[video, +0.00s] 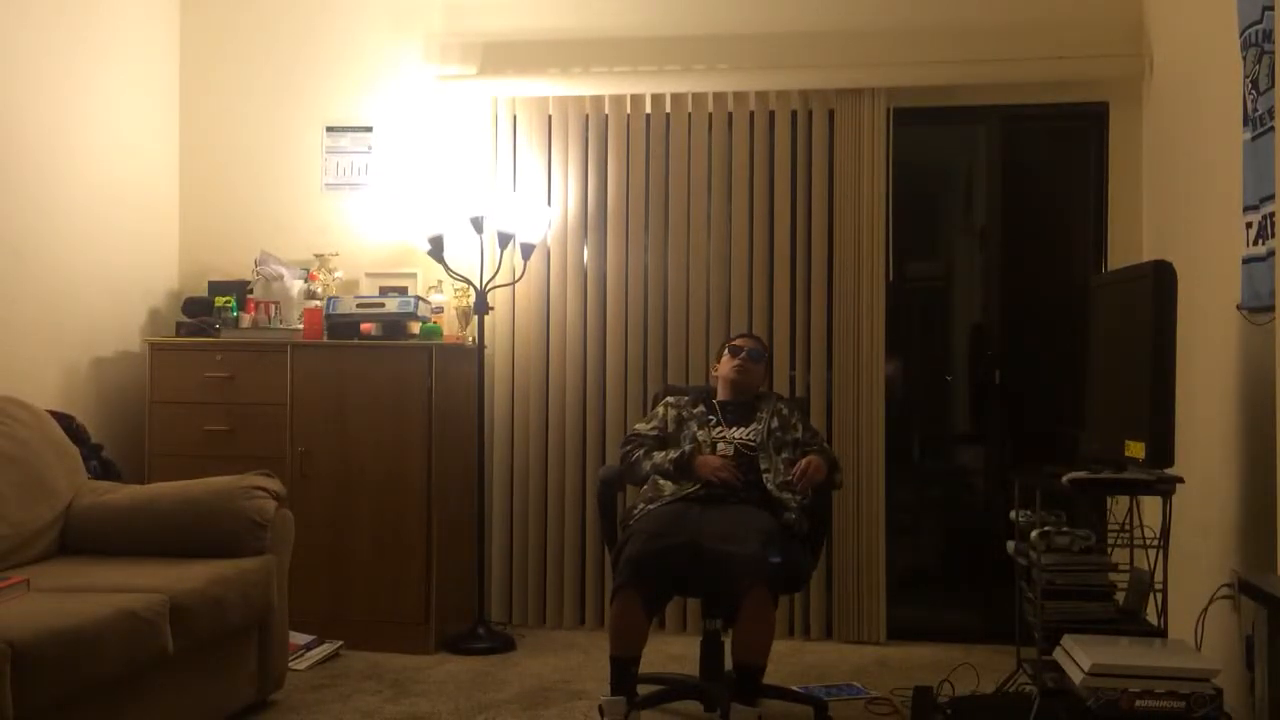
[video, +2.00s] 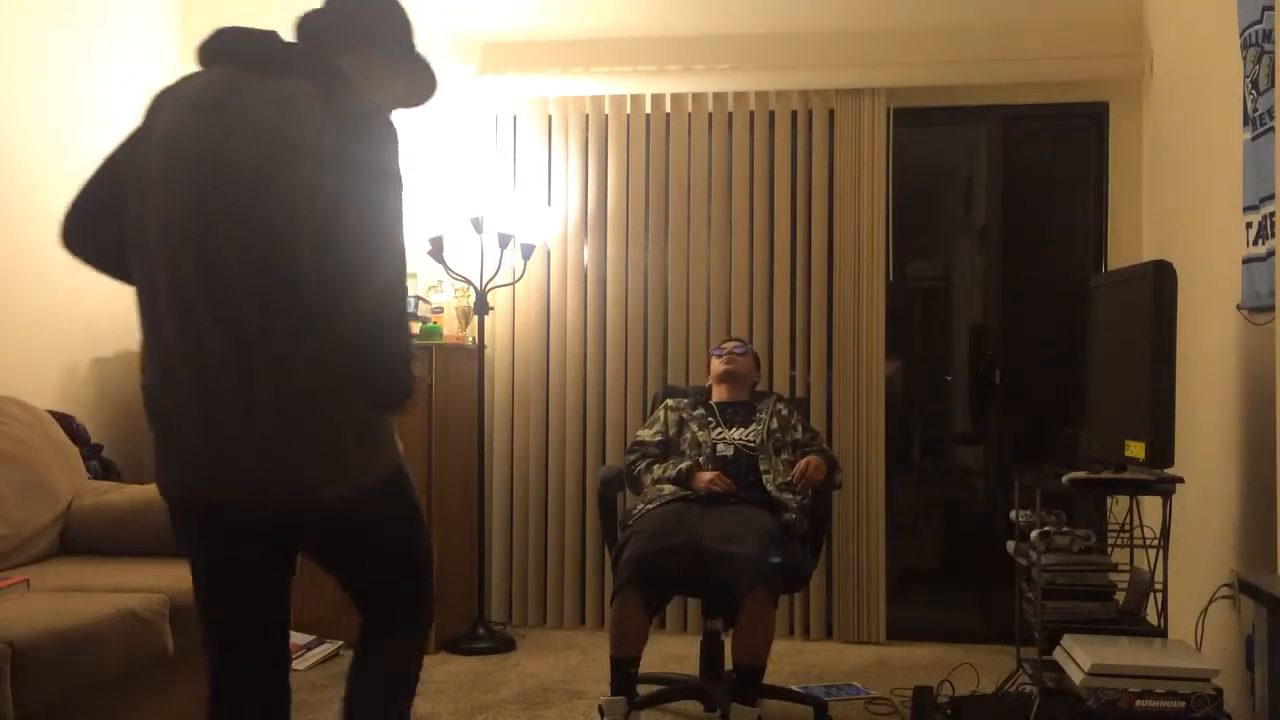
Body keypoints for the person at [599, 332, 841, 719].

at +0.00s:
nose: (743, 358)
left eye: (755, 356)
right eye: (734, 351)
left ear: (764, 379)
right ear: (715, 366)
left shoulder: (782, 415)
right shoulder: (674, 407)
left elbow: (825, 458)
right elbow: (631, 457)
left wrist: (821, 459)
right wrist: (690, 462)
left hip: (748, 509)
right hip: (672, 506)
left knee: (757, 577)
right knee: (637, 568)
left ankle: (746, 703)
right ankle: (621, 695)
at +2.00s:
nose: (728, 351)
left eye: (739, 349)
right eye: (719, 350)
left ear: (757, 370)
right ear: (708, 371)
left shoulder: (779, 412)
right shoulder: (674, 410)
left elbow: (824, 457)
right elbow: (638, 464)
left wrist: (820, 461)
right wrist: (690, 476)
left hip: (750, 507)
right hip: (673, 504)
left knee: (758, 576)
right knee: (638, 568)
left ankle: (746, 703)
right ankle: (621, 694)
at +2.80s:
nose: (725, 354)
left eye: (736, 350)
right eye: (716, 352)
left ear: (754, 370)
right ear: (706, 372)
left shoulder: (779, 411)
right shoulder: (673, 409)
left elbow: (824, 457)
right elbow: (638, 464)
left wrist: (820, 461)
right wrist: (689, 475)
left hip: (751, 507)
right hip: (675, 504)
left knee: (757, 573)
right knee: (638, 564)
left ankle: (746, 704)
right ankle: (621, 695)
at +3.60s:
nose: (722, 354)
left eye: (733, 349)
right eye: (714, 353)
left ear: (752, 370)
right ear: (704, 374)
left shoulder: (780, 411)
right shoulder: (674, 407)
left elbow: (826, 463)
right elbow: (643, 469)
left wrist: (819, 460)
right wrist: (690, 477)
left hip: (749, 508)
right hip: (675, 506)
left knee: (757, 580)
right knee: (634, 572)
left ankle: (745, 704)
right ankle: (637, 693)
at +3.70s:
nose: (722, 358)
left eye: (731, 352)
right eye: (715, 355)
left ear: (752, 369)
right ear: (708, 370)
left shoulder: (773, 407)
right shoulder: (694, 406)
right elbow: (667, 459)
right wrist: (694, 477)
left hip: (758, 511)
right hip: (695, 511)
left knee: (756, 584)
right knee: (681, 578)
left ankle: (746, 698)